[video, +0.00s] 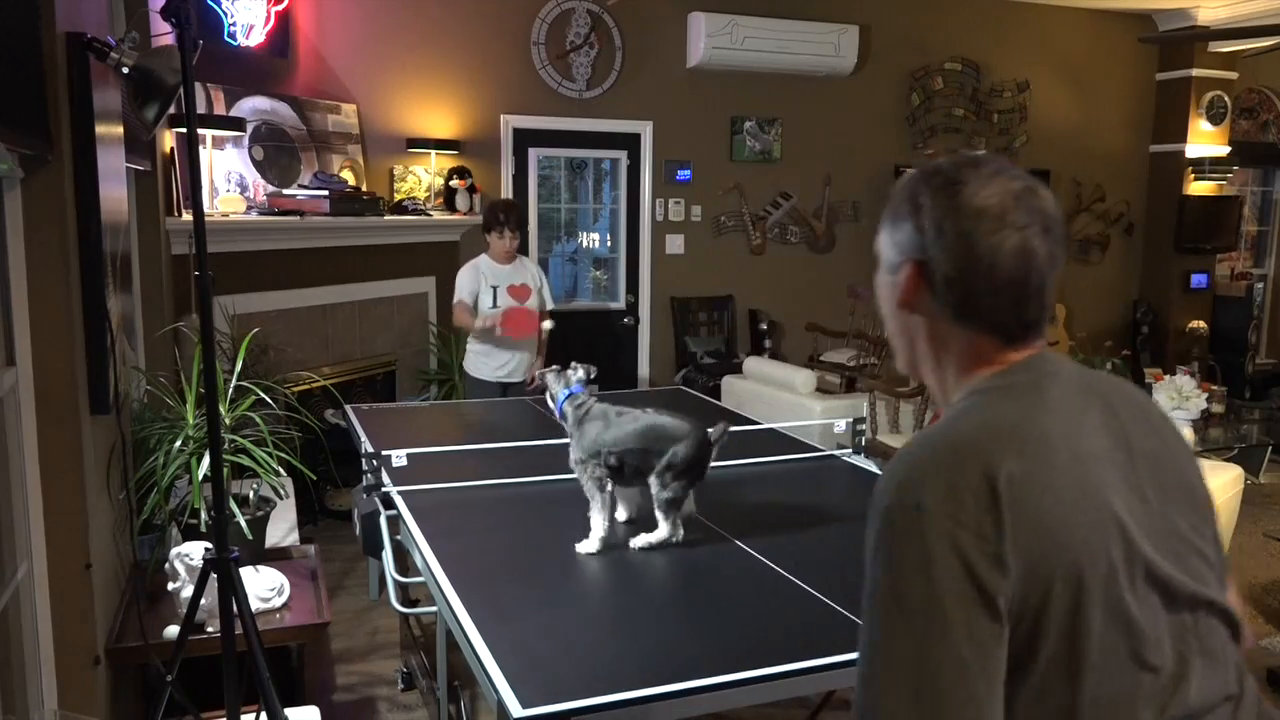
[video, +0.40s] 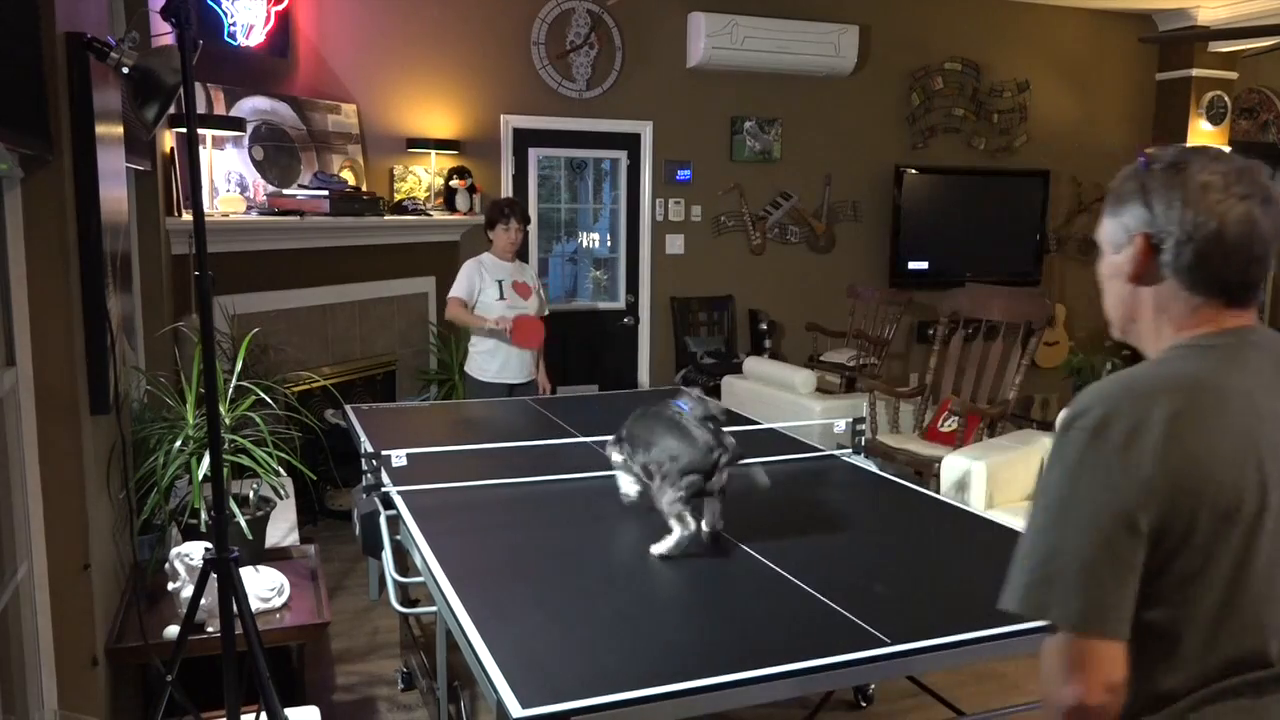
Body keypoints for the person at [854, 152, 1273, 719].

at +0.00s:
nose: (874, 290)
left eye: (878, 268)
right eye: (877, 266)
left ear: (909, 285)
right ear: (1038, 279)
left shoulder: (941, 477)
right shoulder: (1133, 404)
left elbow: (928, 702)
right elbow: (1229, 617)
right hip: (1232, 702)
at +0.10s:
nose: (926, 277)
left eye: (930, 255)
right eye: (928, 255)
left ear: (962, 269)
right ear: (1085, 263)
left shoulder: (979, 452)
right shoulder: (1199, 407)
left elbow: (954, 702)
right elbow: (1265, 590)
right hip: (1255, 701)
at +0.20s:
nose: (981, 271)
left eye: (986, 250)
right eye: (983, 250)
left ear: (1016, 261)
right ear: (1136, 262)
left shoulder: (1014, 441)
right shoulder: (1250, 402)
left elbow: (992, 704)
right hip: (1260, 699)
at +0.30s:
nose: (1045, 269)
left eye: (1049, 248)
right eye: (1045, 248)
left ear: (1083, 259)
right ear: (1198, 261)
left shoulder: (1070, 428)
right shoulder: (1269, 385)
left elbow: (1034, 698)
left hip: (1137, 705)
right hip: (1266, 697)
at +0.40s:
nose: (1099, 270)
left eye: (1103, 248)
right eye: (1097, 249)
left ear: (1141, 254)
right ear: (1254, 258)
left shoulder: (1124, 417)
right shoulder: (1273, 367)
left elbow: (1088, 689)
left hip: (1184, 704)